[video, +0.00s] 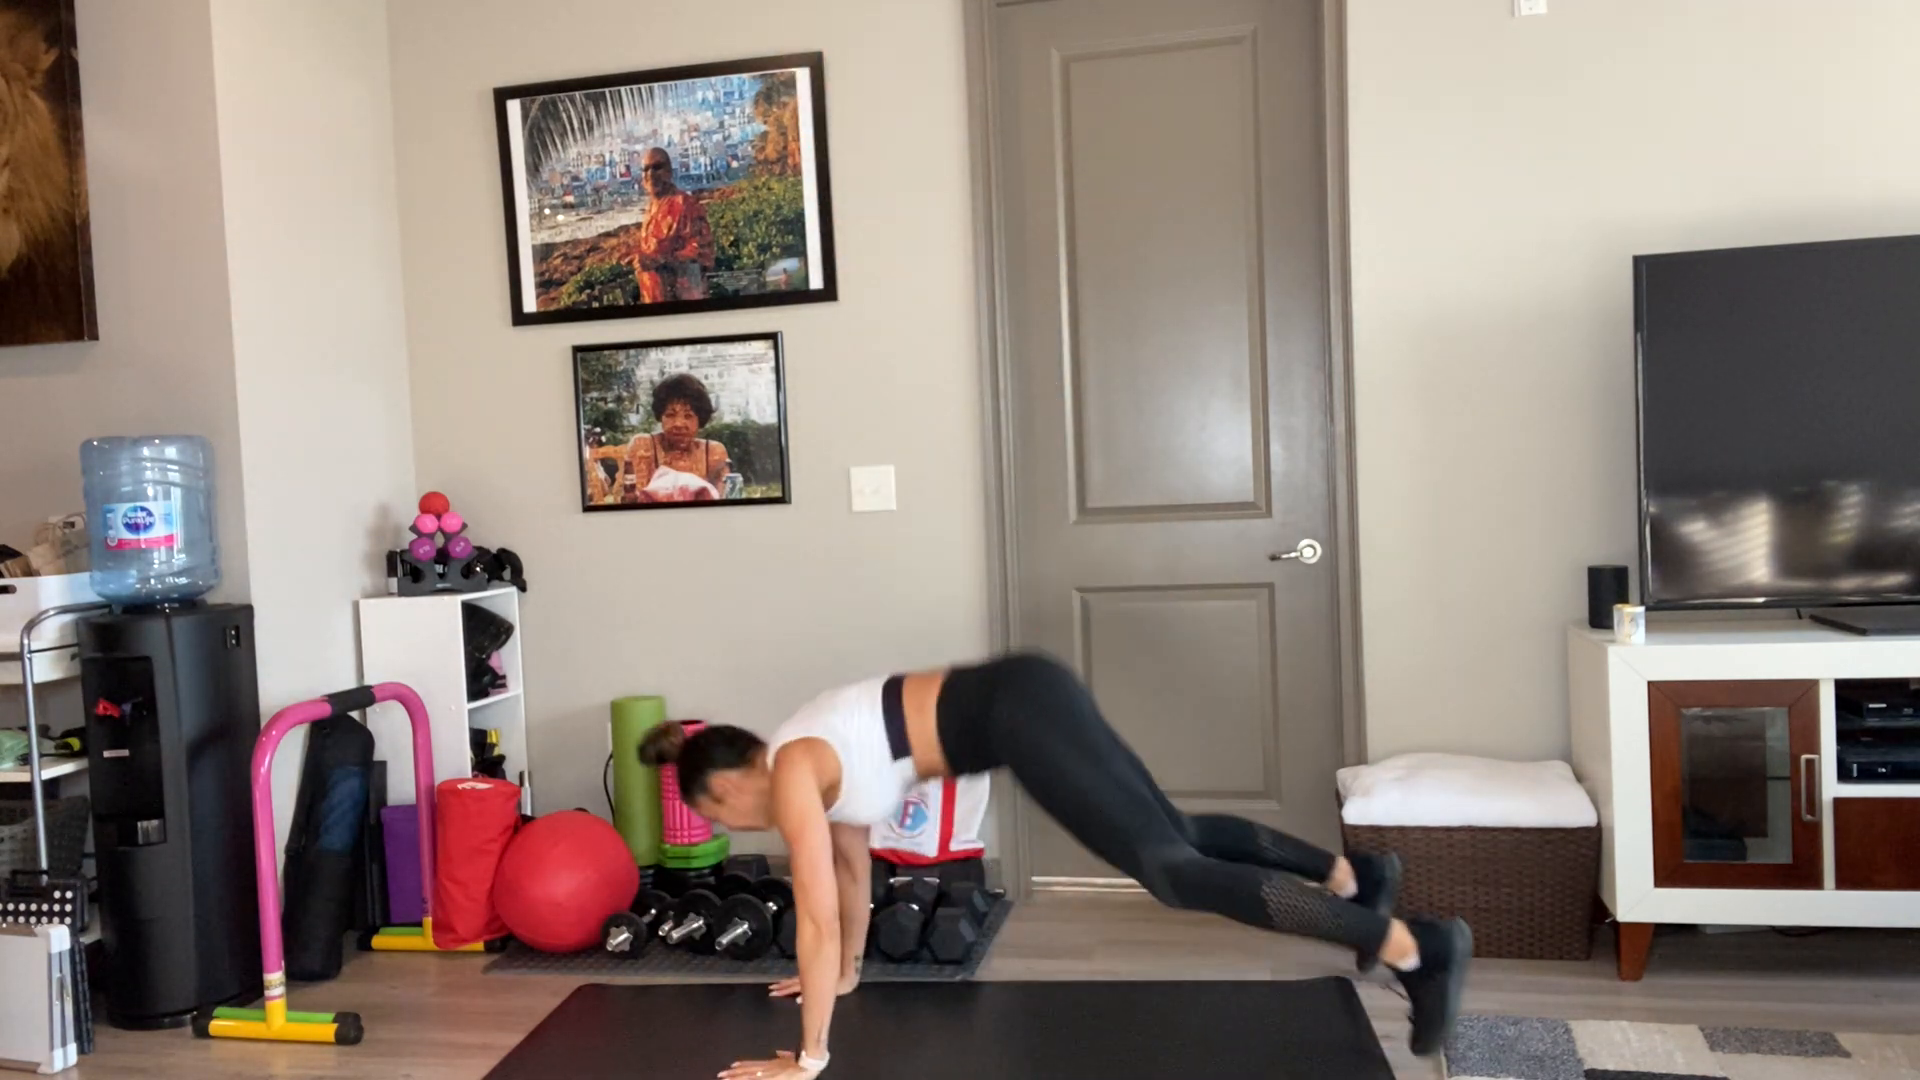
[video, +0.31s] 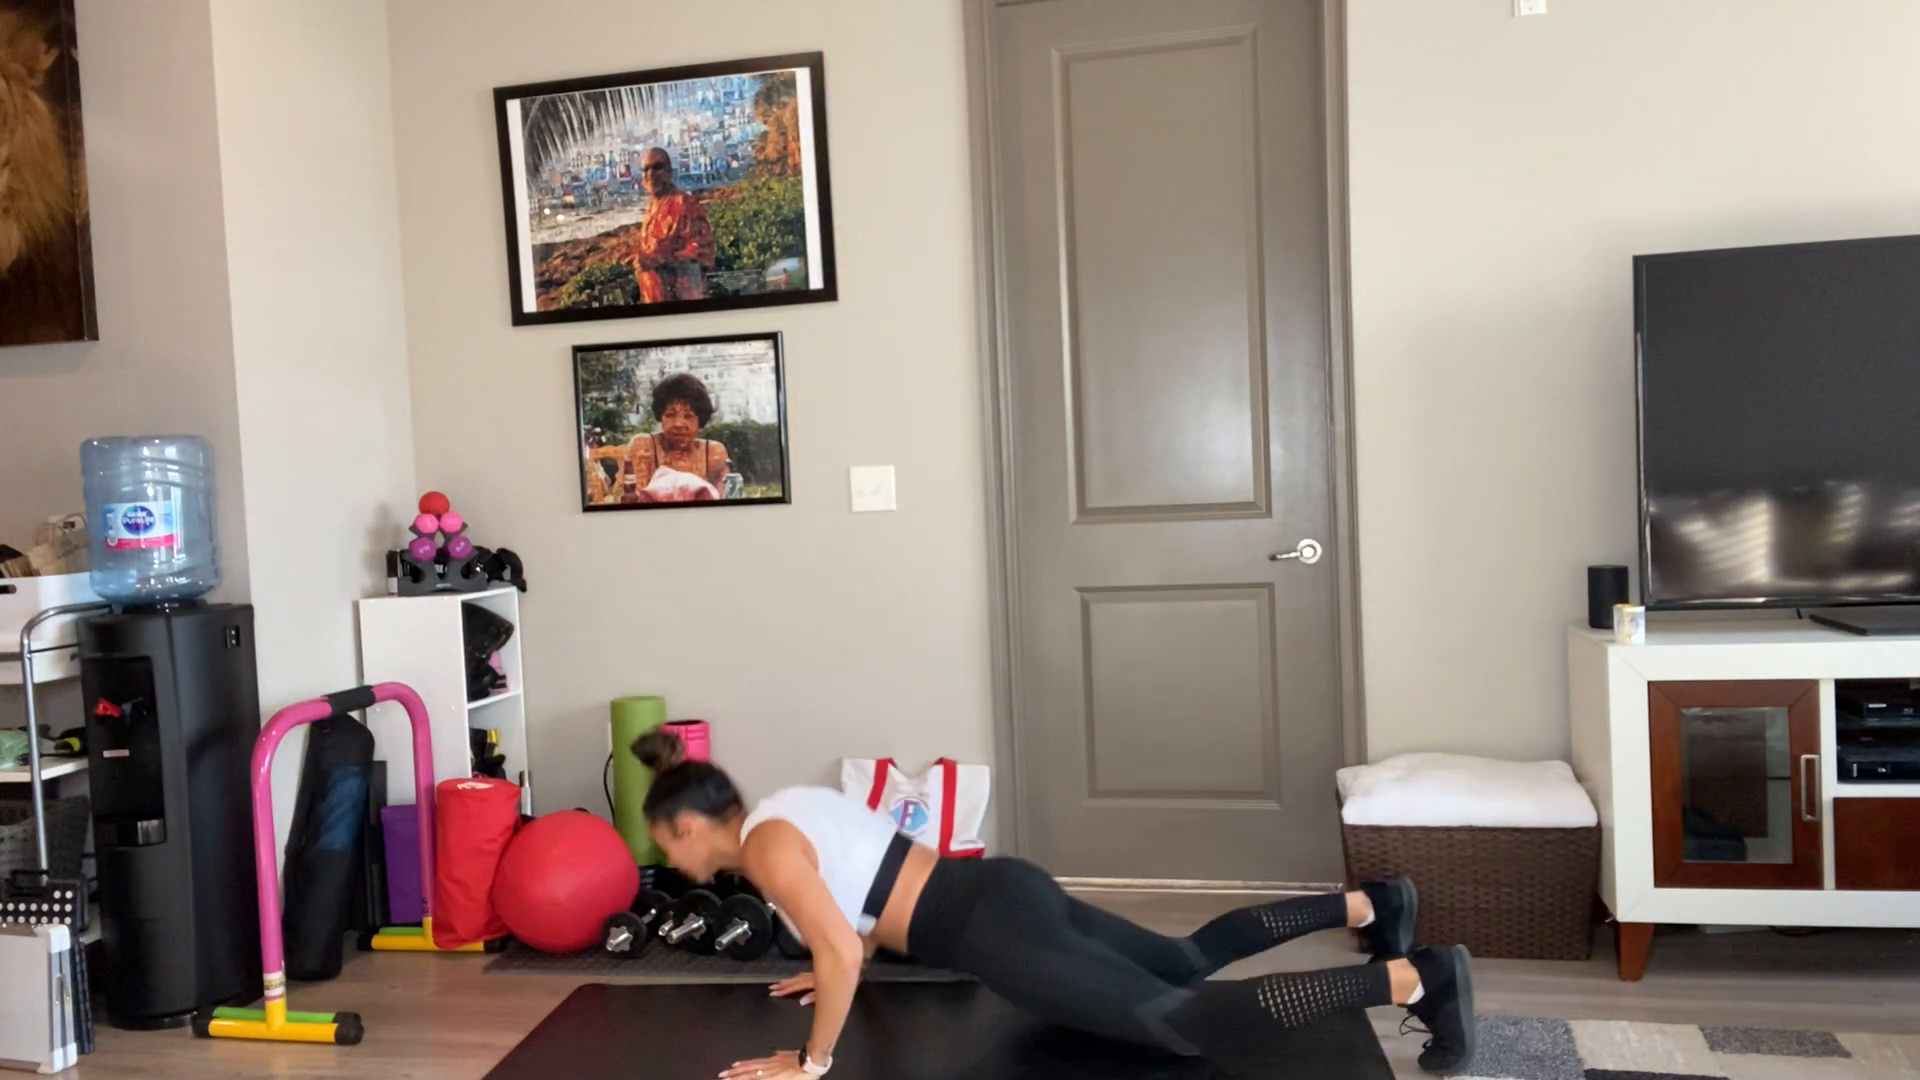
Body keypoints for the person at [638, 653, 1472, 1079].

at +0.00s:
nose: (722, 826)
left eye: (709, 813)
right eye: (707, 817)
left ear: (724, 782)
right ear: (738, 757)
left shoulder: (791, 775)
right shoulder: (819, 752)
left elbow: (821, 916)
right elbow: (851, 881)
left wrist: (812, 1050)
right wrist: (833, 967)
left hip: (1007, 712)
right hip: (1019, 697)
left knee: (1170, 871)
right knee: (1177, 836)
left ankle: (1408, 942)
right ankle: (1346, 877)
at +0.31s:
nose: (673, 863)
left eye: (669, 848)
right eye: (666, 851)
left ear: (699, 823)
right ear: (713, 808)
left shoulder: (767, 852)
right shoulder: (787, 811)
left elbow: (841, 957)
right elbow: (855, 909)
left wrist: (812, 1053)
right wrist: (830, 960)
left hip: (978, 922)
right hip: (997, 882)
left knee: (1171, 1012)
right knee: (1180, 958)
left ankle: (1402, 980)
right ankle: (1356, 909)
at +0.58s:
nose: (644, 984)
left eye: (642, 970)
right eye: (638, 972)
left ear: (671, 949)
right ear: (684, 921)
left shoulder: (731, 957)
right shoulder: (758, 918)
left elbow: (822, 959)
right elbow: (870, 878)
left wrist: (807, 1058)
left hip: (952, 979)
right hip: (969, 936)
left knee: (1167, 1028)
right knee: (1168, 981)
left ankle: (1393, 977)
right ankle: (1375, 949)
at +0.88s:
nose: (666, 867)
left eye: (665, 853)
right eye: (662, 854)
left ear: (697, 838)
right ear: (711, 824)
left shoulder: (762, 879)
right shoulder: (780, 836)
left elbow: (838, 971)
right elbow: (850, 912)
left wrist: (810, 1061)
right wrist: (804, 970)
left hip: (961, 960)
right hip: (981, 912)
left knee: (1161, 1028)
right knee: (1172, 961)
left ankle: (1399, 978)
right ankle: (1352, 894)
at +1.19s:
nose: (712, 793)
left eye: (703, 779)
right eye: (701, 783)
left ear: (721, 750)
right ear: (739, 729)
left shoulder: (805, 779)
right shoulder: (821, 742)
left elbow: (825, 919)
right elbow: (853, 884)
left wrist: (813, 1052)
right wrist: (836, 969)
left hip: (1020, 830)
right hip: (1031, 810)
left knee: (1171, 991)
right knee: (1181, 949)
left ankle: (1394, 974)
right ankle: (1363, 912)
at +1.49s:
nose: (820, 825)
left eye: (810, 815)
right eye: (810, 818)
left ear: (816, 779)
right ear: (823, 761)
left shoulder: (865, 762)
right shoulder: (882, 753)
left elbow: (848, 923)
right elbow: (877, 883)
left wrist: (811, 1055)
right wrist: (835, 968)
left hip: (1079, 627)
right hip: (1080, 621)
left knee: (1016, 839)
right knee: (1039, 804)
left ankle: (1203, 953)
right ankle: (1177, 899)